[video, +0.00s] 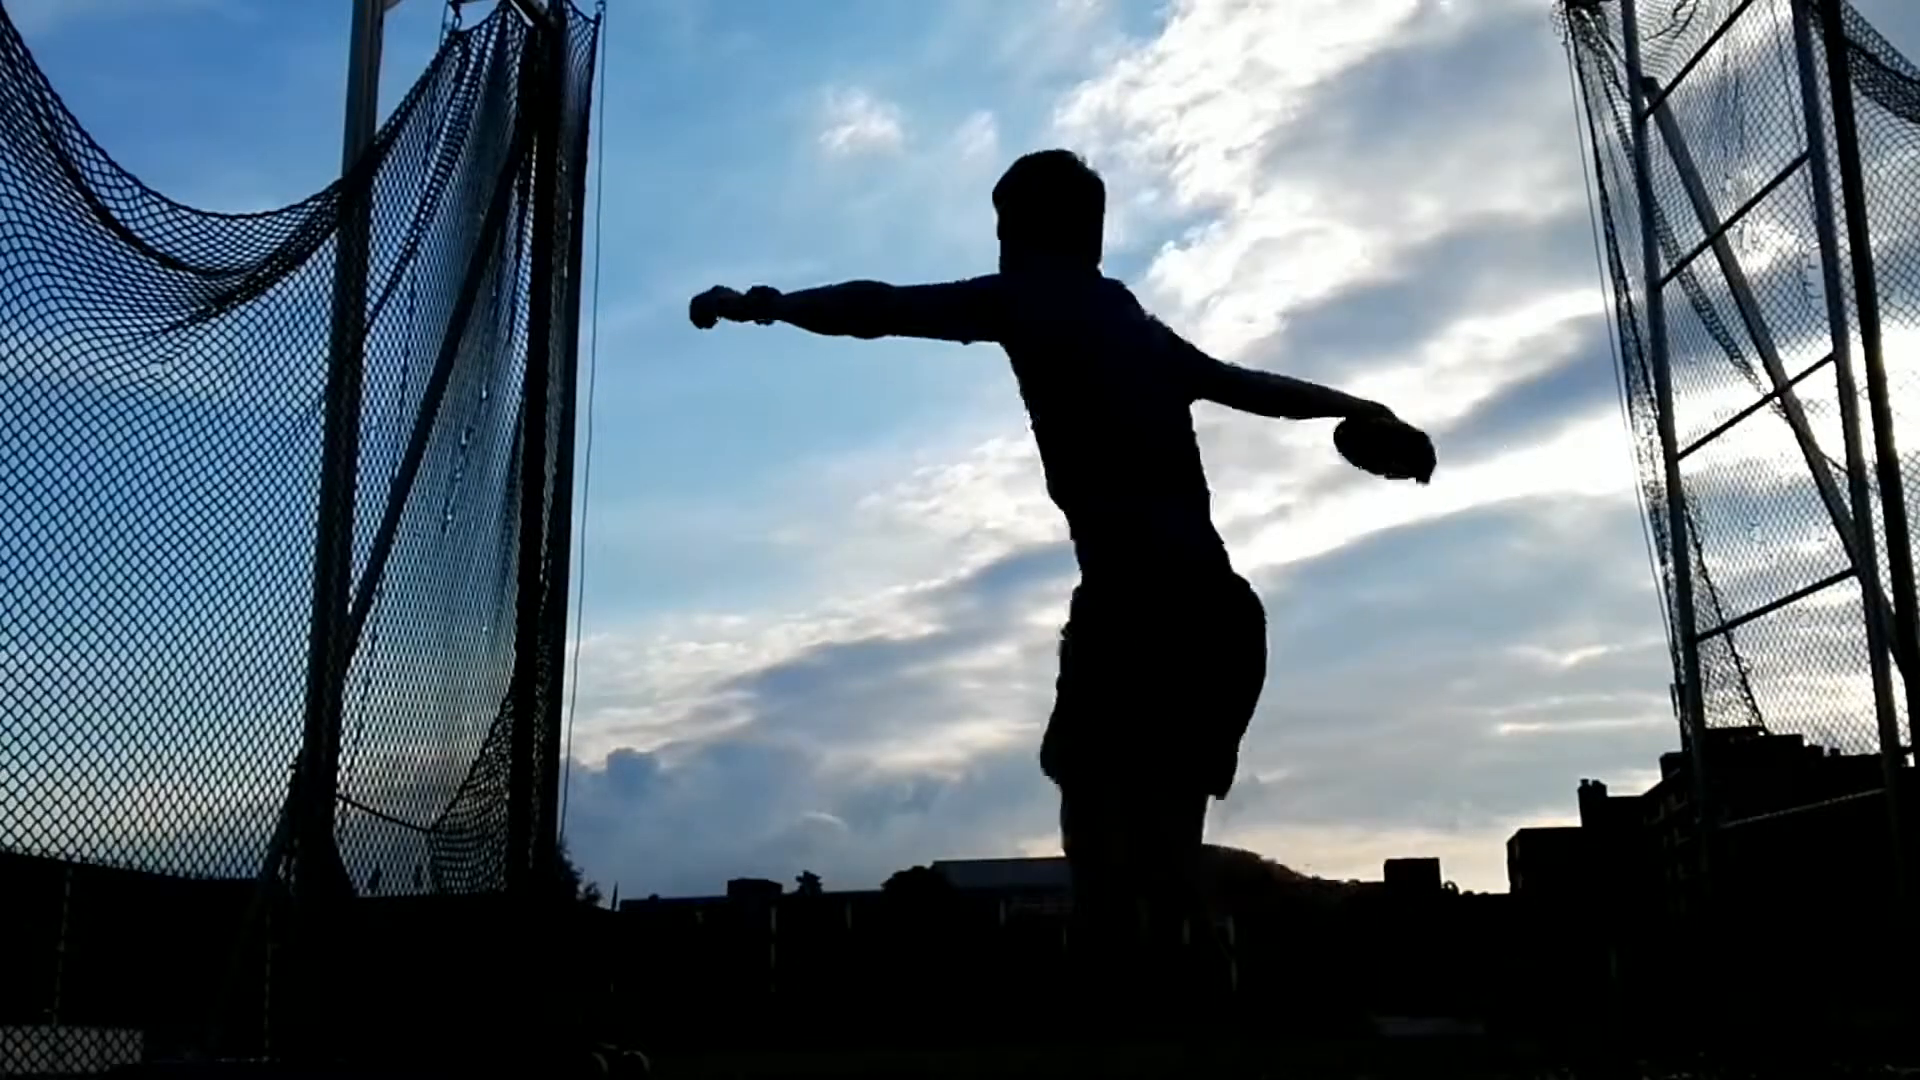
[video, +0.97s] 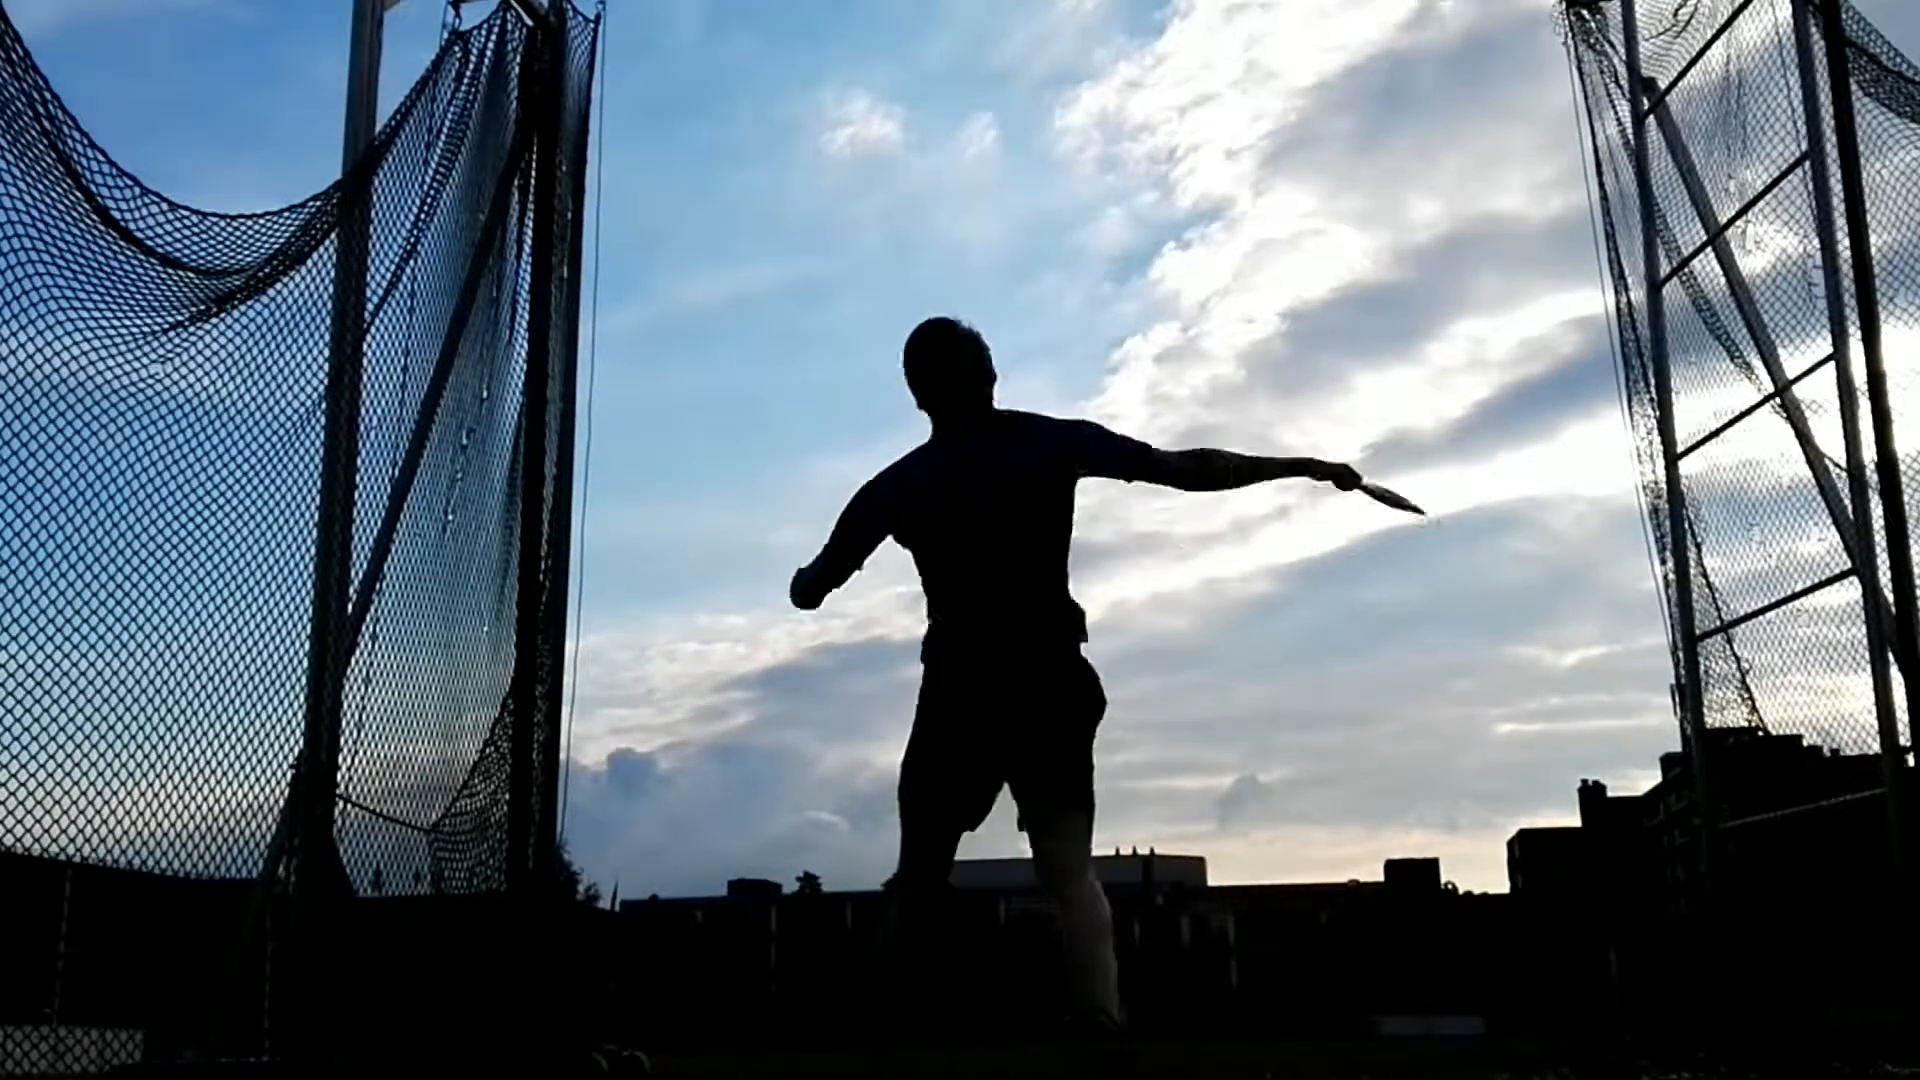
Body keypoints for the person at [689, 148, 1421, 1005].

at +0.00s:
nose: (1000, 242)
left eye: (1009, 223)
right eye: (1003, 223)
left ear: (1035, 223)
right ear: (1093, 228)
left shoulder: (1030, 302)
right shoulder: (1143, 333)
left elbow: (889, 306)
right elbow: (1245, 386)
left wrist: (768, 304)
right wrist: (1355, 410)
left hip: (1128, 608)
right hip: (1213, 609)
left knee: (1102, 814)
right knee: (1168, 825)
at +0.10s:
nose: (1003, 264)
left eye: (1016, 244)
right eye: (1005, 245)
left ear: (1061, 244)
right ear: (1099, 245)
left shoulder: (1062, 315)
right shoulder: (1114, 329)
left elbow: (921, 322)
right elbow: (1161, 400)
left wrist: (771, 318)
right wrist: (1249, 419)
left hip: (1094, 617)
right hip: (1161, 613)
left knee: (1117, 852)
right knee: (1183, 854)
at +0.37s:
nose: (1104, 314)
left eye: (1105, 298)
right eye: (1093, 298)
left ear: (1030, 309)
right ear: (1099, 305)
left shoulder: (989, 401)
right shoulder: (1155, 386)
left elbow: (908, 436)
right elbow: (1237, 379)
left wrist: (855, 451)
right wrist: (1305, 361)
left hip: (1017, 674)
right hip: (1094, 672)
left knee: (1160, 865)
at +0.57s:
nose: (1090, 367)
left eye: (1079, 349)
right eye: (1072, 352)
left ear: (1009, 373)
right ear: (1054, 363)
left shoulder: (972, 468)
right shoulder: (1127, 445)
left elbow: (837, 501)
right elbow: (1261, 436)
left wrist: (713, 501)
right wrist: (1381, 416)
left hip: (1000, 720)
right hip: (1043, 721)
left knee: (1008, 907)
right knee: (1161, 894)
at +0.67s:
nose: (1078, 369)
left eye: (1069, 355)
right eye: (1057, 359)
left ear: (1016, 391)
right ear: (1016, 388)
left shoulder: (1079, 465)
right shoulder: (1018, 479)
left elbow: (1153, 473)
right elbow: (926, 532)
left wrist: (1213, 473)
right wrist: (839, 557)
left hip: (1042, 727)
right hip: (1007, 731)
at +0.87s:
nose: (1001, 361)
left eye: (989, 349)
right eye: (993, 351)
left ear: (921, 396)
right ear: (995, 369)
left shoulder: (918, 474)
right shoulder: (1063, 461)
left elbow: (857, 569)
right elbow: (1131, 535)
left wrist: (897, 577)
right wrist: (1104, 517)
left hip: (967, 696)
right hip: (1065, 691)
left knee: (934, 865)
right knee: (1078, 878)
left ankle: (916, 1039)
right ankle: (1078, 1043)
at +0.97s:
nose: (957, 386)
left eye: (931, 377)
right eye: (972, 367)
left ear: (916, 391)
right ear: (990, 372)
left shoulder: (896, 487)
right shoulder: (1053, 441)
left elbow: (817, 583)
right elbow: (1176, 466)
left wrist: (808, 582)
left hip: (960, 697)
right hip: (1056, 686)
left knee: (921, 873)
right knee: (1069, 869)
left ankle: (892, 1035)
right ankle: (1102, 1027)